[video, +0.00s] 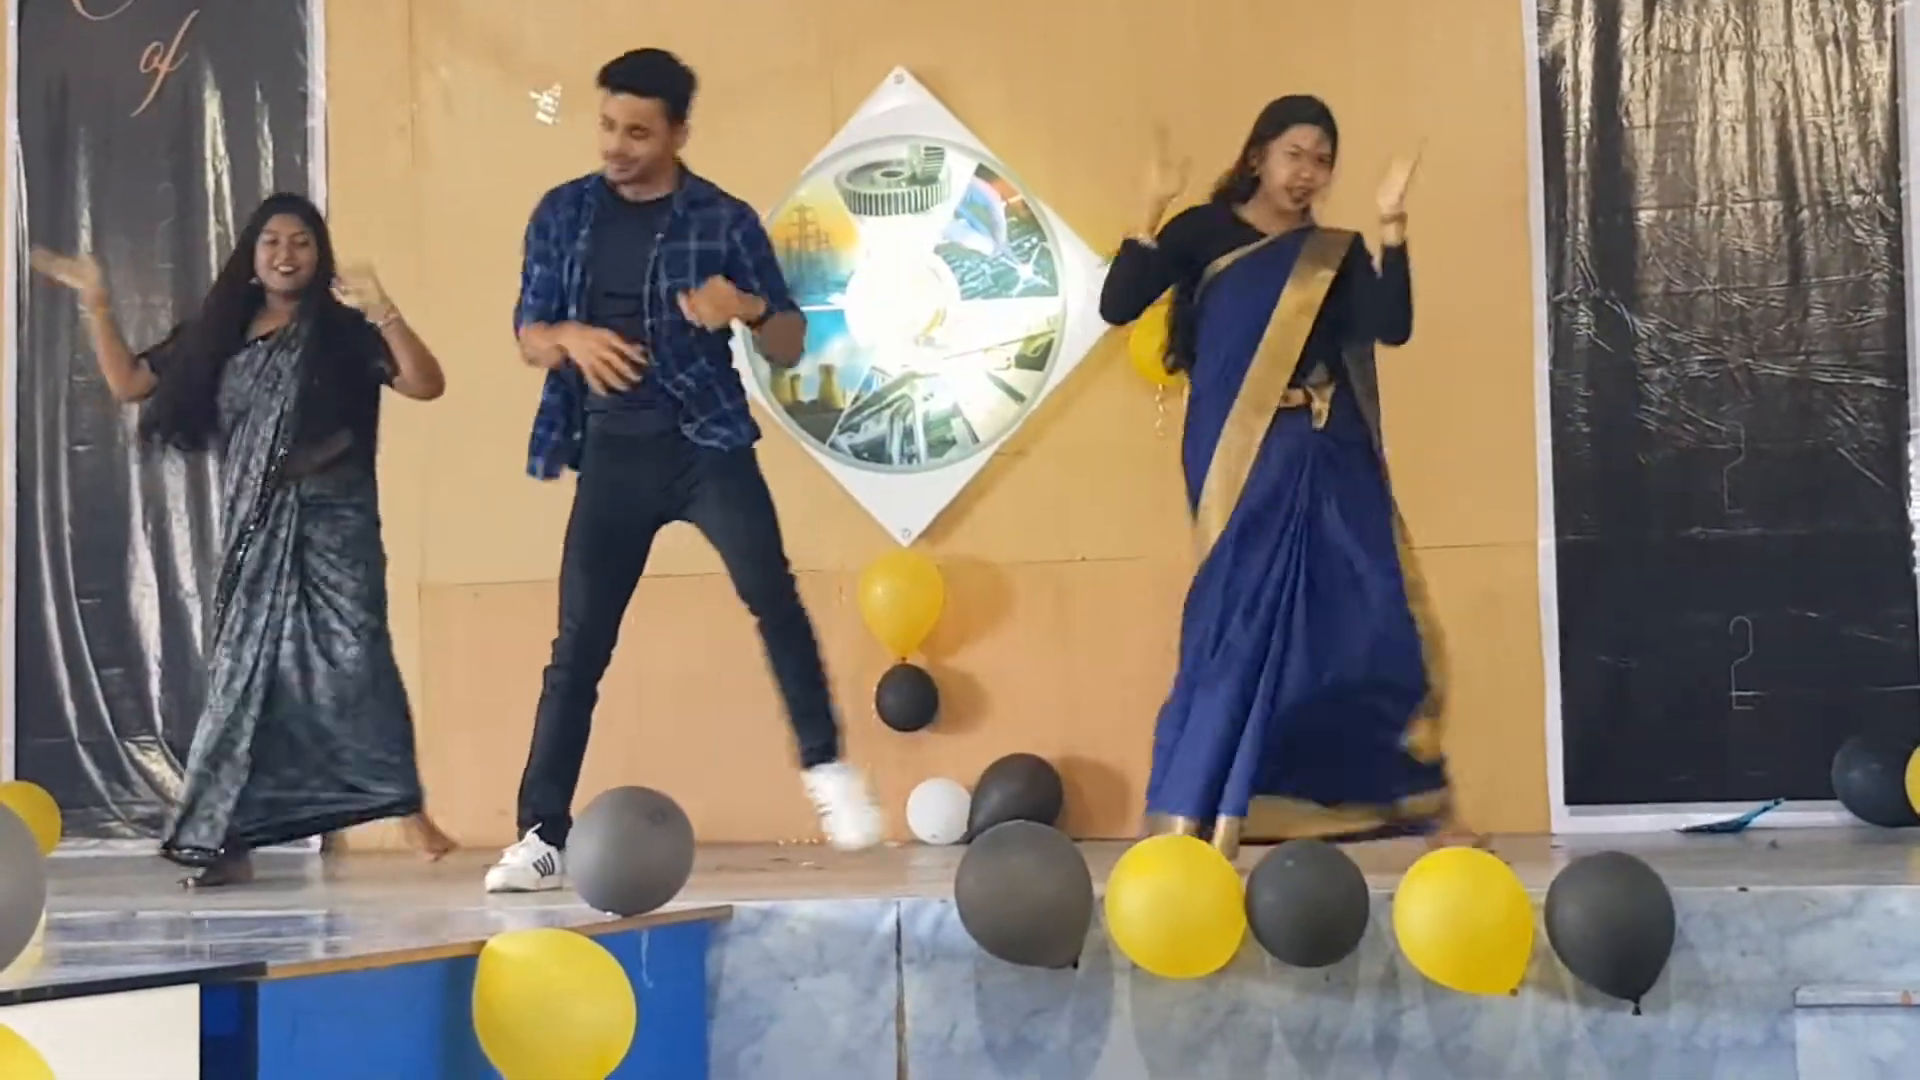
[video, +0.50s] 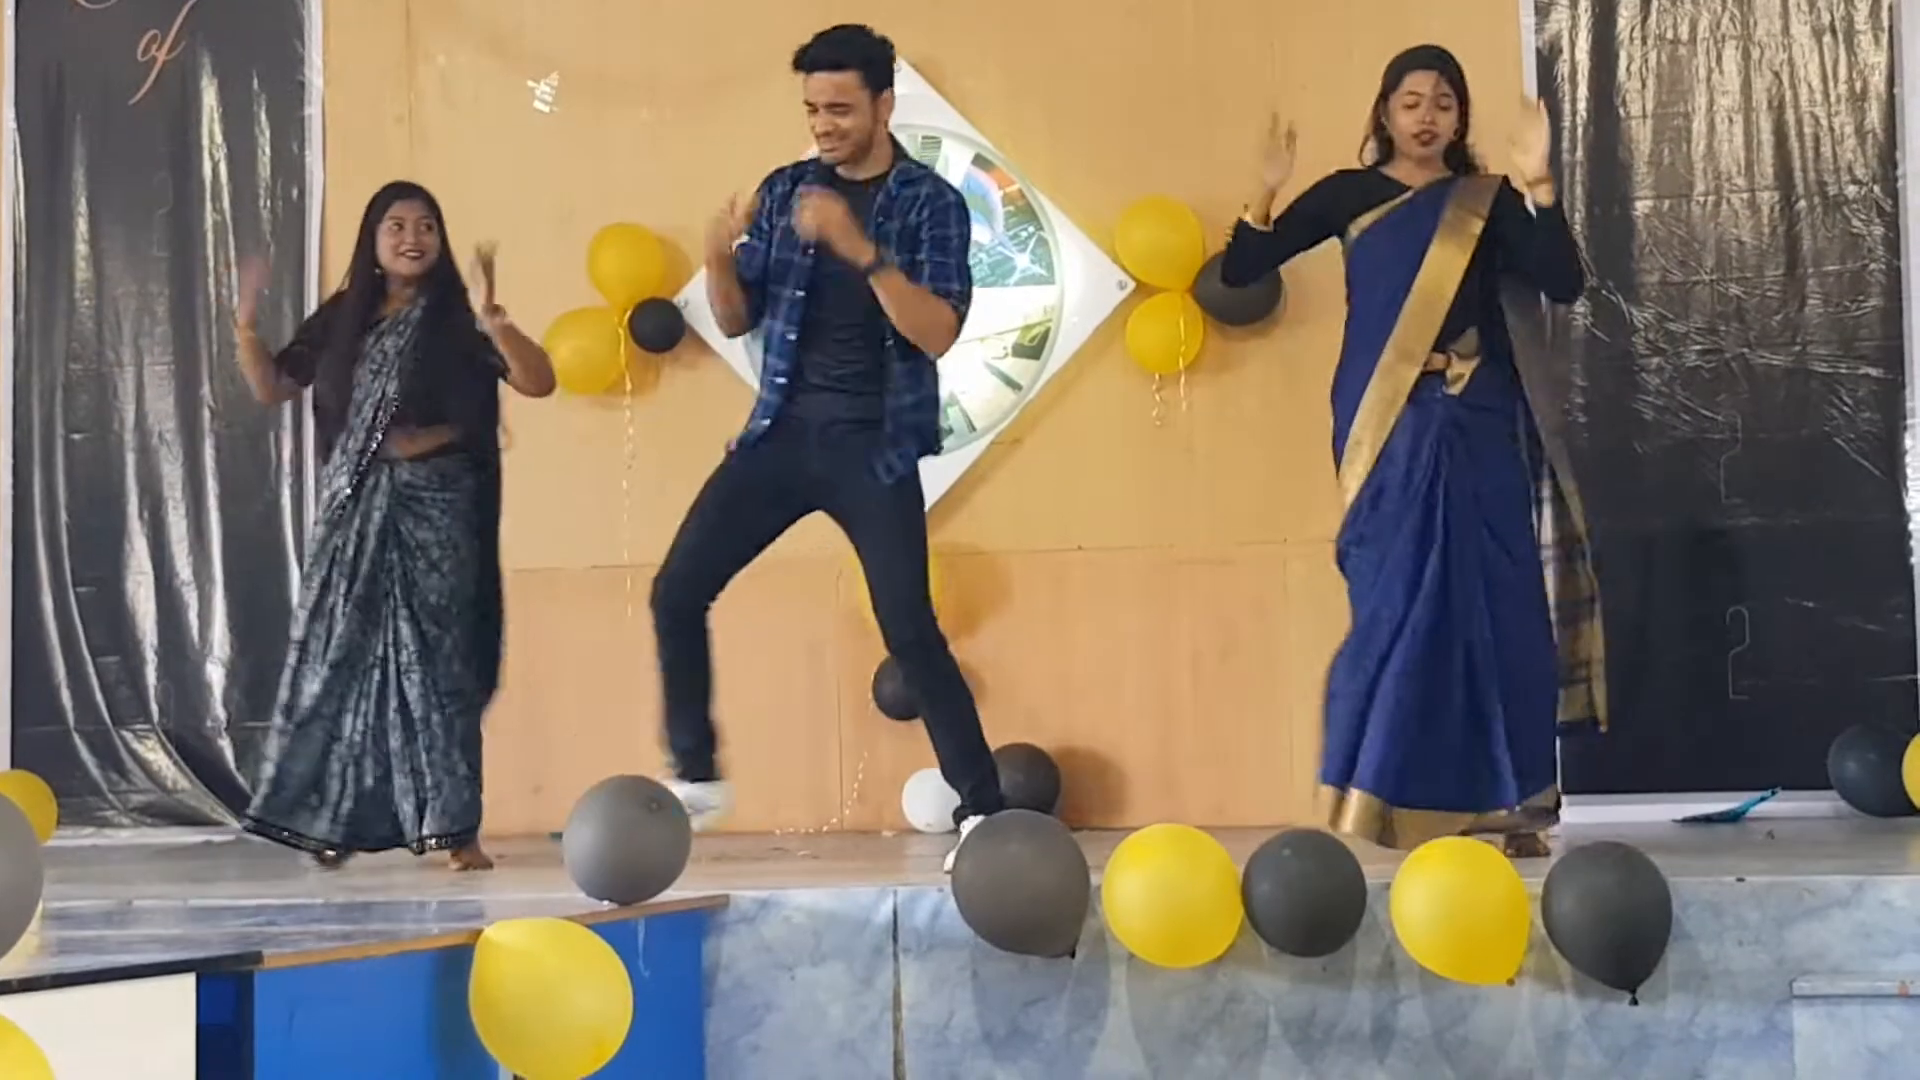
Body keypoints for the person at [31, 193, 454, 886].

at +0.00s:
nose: (284, 254)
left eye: (299, 242)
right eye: (271, 242)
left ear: (321, 256)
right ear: (251, 256)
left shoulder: (347, 331)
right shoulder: (227, 332)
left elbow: (427, 386)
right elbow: (130, 383)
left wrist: (386, 313)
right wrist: (96, 300)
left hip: (336, 518)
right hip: (256, 523)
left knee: (359, 663)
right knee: (240, 673)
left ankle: (412, 809)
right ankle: (226, 843)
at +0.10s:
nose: (311, 248)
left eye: (325, 237)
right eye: (296, 237)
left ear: (343, 250)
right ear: (274, 250)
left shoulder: (364, 323)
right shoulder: (246, 329)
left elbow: (446, 386)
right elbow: (162, 393)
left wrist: (416, 312)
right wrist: (149, 306)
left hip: (348, 516)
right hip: (268, 519)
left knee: (383, 661)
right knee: (256, 668)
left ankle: (452, 814)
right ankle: (229, 839)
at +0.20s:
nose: (339, 255)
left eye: (352, 243)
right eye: (324, 243)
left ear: (372, 255)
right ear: (302, 256)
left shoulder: (394, 329)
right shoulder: (274, 330)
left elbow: (462, 400)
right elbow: (205, 405)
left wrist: (454, 332)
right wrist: (213, 332)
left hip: (370, 509)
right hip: (287, 512)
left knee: (397, 662)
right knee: (263, 661)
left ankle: (456, 824)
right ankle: (225, 835)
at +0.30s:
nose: (373, 255)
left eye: (386, 243)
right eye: (357, 244)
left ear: (405, 256)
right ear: (335, 261)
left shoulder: (425, 330)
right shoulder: (313, 336)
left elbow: (487, 399)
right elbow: (235, 412)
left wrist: (486, 325)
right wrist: (229, 333)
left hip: (401, 513)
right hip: (321, 514)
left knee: (415, 668)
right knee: (284, 661)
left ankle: (462, 833)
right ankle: (235, 839)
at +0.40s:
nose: (396, 245)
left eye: (409, 235)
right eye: (382, 235)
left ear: (428, 251)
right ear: (358, 250)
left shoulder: (451, 325)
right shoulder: (334, 326)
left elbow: (515, 388)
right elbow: (249, 392)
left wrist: (496, 315)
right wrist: (229, 312)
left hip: (424, 509)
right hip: (343, 510)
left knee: (428, 662)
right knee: (297, 655)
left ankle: (459, 831)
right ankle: (267, 821)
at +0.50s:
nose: (412, 237)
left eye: (424, 227)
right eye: (397, 226)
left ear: (440, 240)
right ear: (373, 240)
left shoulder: (460, 317)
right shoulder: (345, 313)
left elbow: (540, 383)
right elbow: (271, 388)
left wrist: (499, 326)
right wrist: (246, 324)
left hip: (441, 496)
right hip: (360, 498)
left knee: (443, 656)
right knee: (347, 651)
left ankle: (453, 828)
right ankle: (340, 817)